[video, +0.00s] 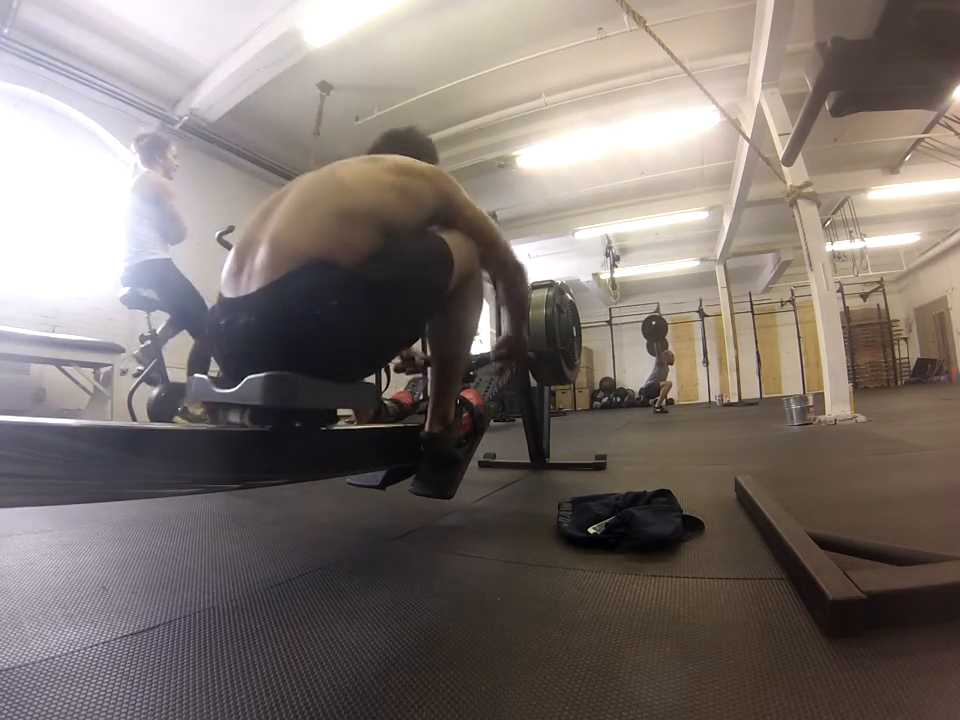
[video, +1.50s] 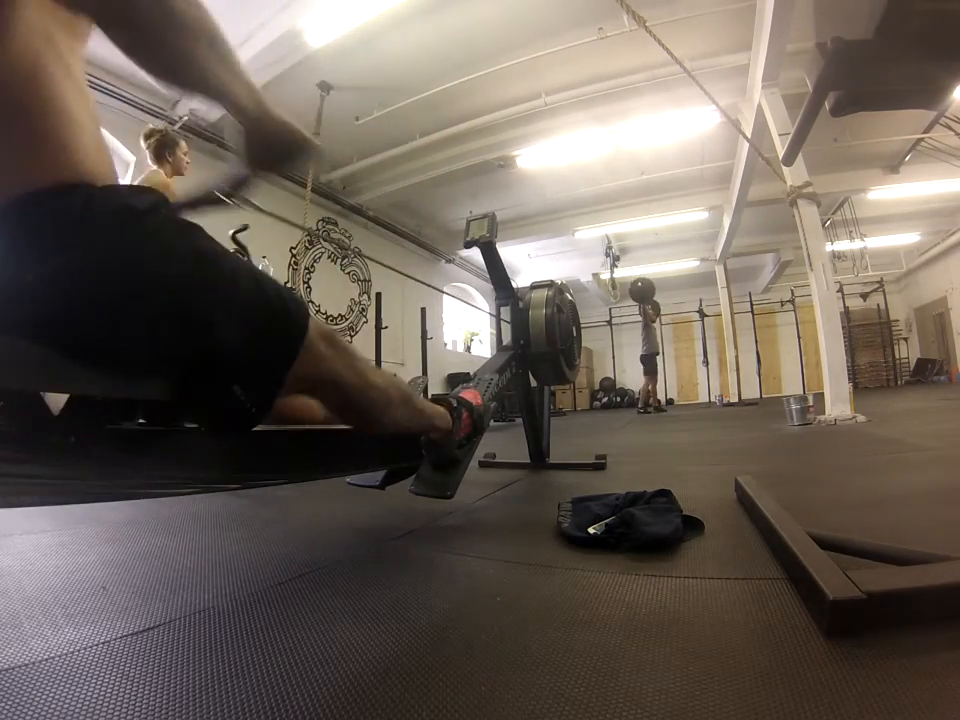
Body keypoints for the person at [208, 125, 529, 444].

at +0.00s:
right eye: (437, 176)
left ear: (373, 154)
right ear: (429, 164)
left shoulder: (323, 181)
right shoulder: (429, 177)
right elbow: (509, 267)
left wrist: (400, 350)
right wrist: (516, 334)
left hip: (233, 346)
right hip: (316, 328)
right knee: (467, 253)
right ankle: (441, 423)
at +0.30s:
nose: (385, 98)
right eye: (382, 90)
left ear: (312, 93)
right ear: (375, 89)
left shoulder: (269, 139)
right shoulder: (381, 125)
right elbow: (472, 223)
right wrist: (499, 275)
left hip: (204, 332)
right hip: (292, 314)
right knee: (448, 255)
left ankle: (367, 411)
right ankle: (440, 424)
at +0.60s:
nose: (331, 39)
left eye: (327, 30)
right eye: (327, 30)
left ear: (260, 56)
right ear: (323, 36)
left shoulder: (234, 119)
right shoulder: (359, 92)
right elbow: (445, 206)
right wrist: (483, 257)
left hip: (193, 335)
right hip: (283, 315)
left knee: (328, 244)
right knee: (447, 252)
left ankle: (367, 413)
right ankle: (440, 425)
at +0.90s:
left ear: (202, 24)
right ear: (269, 6)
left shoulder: (179, 82)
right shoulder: (309, 55)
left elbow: (162, 196)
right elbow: (394, 168)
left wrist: (298, 232)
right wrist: (455, 240)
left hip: (151, 319)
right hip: (249, 301)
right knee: (428, 255)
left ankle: (366, 410)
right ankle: (441, 421)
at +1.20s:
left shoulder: (57, 33)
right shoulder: (193, 8)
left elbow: (174, 180)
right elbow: (312, 111)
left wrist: (272, 241)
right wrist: (393, 197)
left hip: (58, 287)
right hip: (150, 265)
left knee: (266, 312)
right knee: (382, 274)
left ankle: (359, 411)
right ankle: (444, 424)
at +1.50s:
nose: (180, 156)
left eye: (181, 150)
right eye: (176, 147)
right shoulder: (57, 7)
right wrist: (257, 115)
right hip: (67, 226)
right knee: (334, 365)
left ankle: (380, 443)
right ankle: (443, 426)